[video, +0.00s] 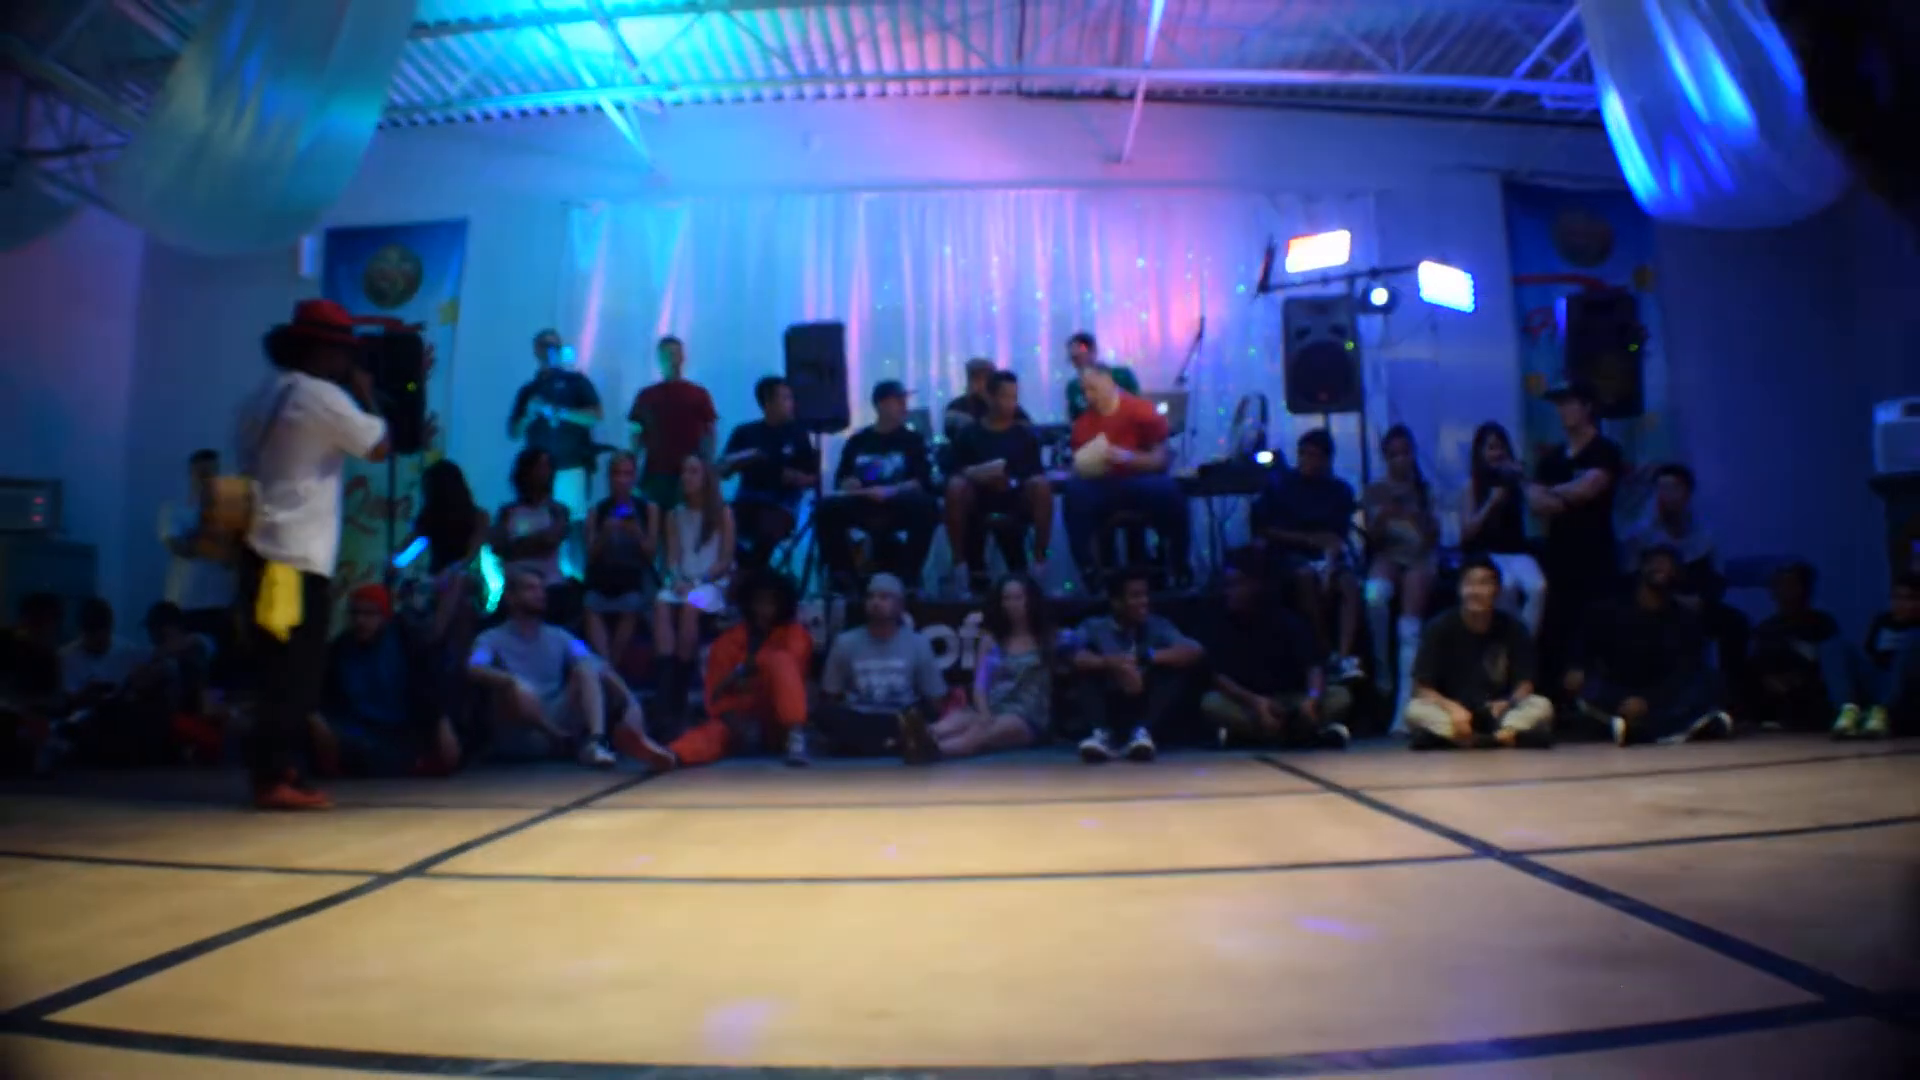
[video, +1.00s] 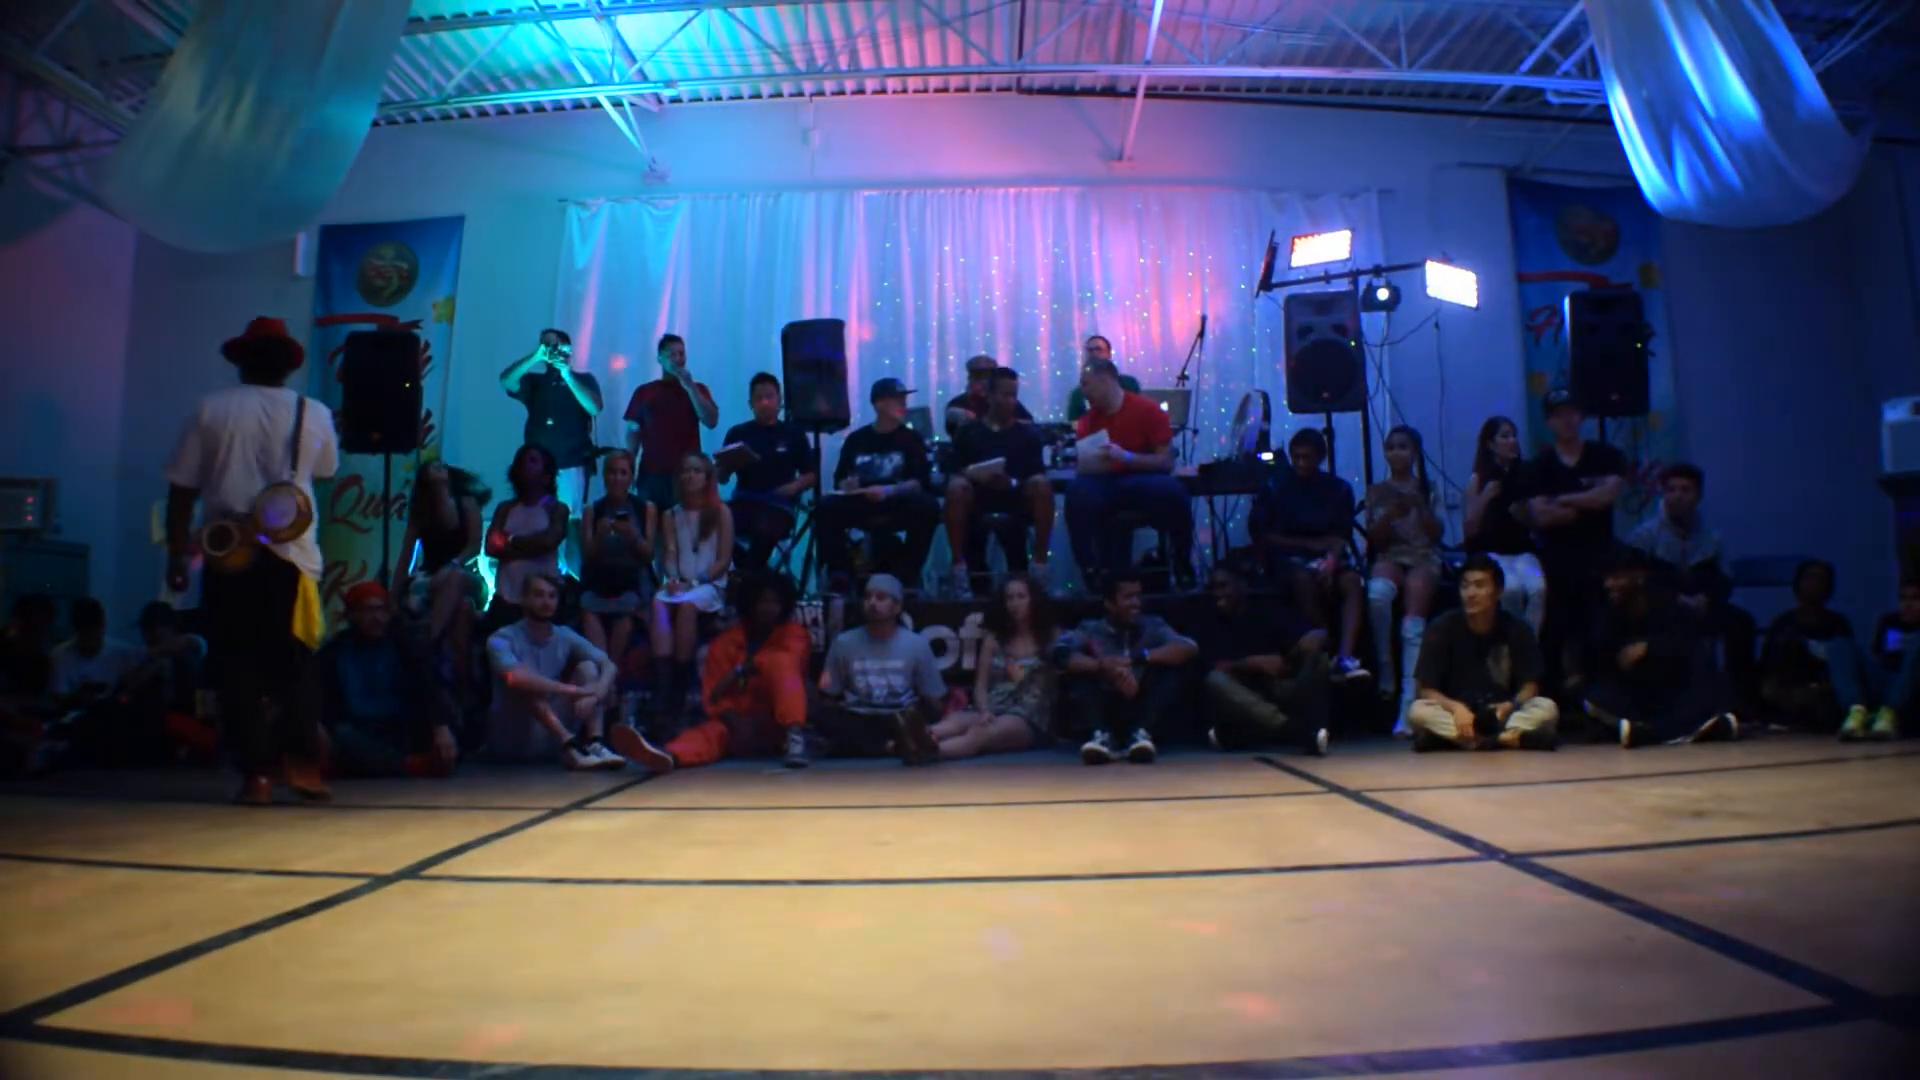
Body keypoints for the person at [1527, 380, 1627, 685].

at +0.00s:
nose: (1565, 412)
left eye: (1571, 406)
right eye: (1562, 406)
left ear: (1587, 409)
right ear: (1558, 412)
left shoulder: (1605, 451)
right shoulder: (1553, 456)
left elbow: (1588, 489)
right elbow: (1535, 499)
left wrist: (1548, 491)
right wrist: (1568, 497)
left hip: (1595, 551)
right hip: (1559, 553)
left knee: (1594, 621)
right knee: (1558, 625)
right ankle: (1555, 692)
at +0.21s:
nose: (1569, 410)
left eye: (1576, 404)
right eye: (1566, 404)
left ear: (1593, 408)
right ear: (1561, 410)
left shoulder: (1612, 451)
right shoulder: (1552, 455)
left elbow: (1599, 491)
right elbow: (1539, 500)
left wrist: (1557, 490)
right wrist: (1582, 495)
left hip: (1601, 554)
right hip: (1562, 557)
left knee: (1601, 630)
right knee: (1559, 633)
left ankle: (1601, 705)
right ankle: (1564, 703)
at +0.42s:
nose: (1572, 412)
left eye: (1578, 406)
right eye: (1566, 406)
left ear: (1594, 410)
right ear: (1561, 411)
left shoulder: (1614, 454)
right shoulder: (1550, 455)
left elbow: (1604, 493)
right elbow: (1538, 504)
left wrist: (1558, 493)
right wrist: (1588, 495)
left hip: (1601, 555)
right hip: (1562, 557)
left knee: (1601, 632)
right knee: (1559, 634)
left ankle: (1601, 705)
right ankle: (1566, 704)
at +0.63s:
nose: (1571, 417)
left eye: (1576, 410)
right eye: (1564, 411)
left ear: (1587, 414)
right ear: (1556, 417)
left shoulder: (1609, 453)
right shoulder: (1545, 459)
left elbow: (1608, 494)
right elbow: (1539, 509)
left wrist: (1558, 496)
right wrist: (1588, 497)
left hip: (1602, 558)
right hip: (1561, 561)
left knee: (1605, 631)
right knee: (1562, 635)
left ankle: (1607, 702)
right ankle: (1567, 703)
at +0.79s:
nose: (1569, 419)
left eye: (1574, 412)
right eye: (1562, 414)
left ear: (1584, 416)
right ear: (1552, 420)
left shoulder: (1607, 454)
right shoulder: (1542, 463)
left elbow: (1610, 492)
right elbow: (1539, 513)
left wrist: (1561, 498)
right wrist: (1591, 499)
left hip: (1601, 558)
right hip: (1560, 561)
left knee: (1605, 630)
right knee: (1563, 635)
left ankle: (1605, 702)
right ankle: (1567, 702)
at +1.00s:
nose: (1567, 422)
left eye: (1571, 414)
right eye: (1559, 416)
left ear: (1580, 417)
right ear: (1549, 422)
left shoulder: (1604, 455)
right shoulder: (1538, 465)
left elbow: (1610, 494)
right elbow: (1540, 515)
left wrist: (1559, 500)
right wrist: (1590, 501)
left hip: (1598, 558)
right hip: (1558, 561)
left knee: (1601, 627)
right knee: (1558, 631)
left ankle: (1604, 694)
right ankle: (1557, 693)